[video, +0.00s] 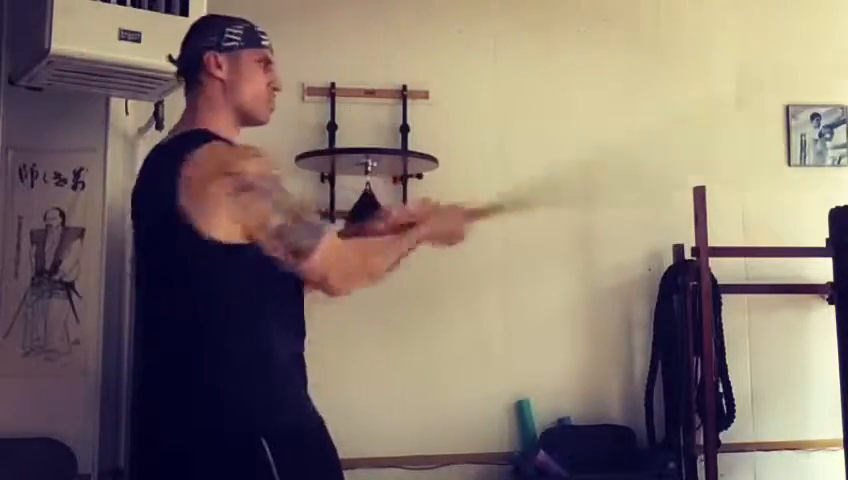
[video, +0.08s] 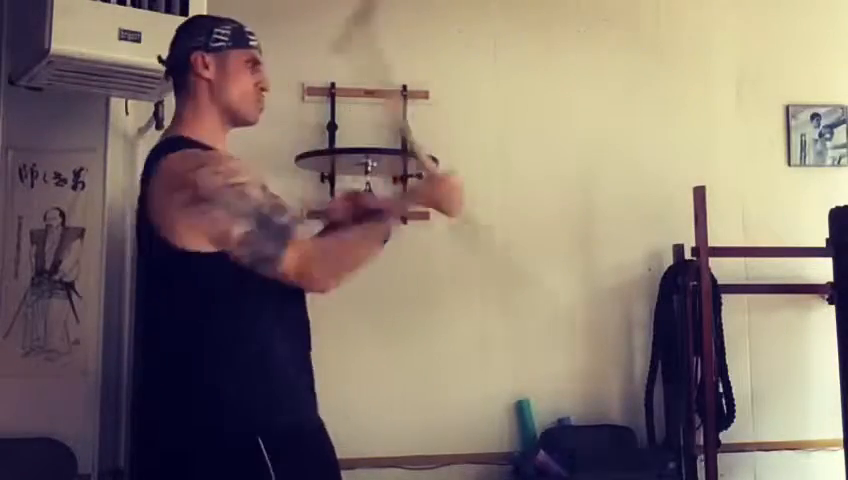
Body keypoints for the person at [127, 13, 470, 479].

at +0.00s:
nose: (276, 83)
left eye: (272, 67)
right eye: (264, 65)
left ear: (215, 67)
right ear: (216, 65)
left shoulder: (165, 164)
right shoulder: (227, 166)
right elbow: (336, 270)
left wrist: (359, 235)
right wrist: (417, 233)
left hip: (179, 424)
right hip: (253, 430)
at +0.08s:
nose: (264, 83)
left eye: (261, 68)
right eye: (251, 65)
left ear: (204, 69)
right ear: (204, 66)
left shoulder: (179, 165)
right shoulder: (198, 172)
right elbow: (314, 268)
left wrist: (327, 225)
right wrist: (398, 209)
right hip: (248, 437)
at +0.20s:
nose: (263, 88)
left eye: (260, 74)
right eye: (250, 71)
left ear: (205, 72)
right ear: (202, 70)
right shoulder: (170, 177)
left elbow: (329, 271)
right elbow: (281, 287)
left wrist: (332, 207)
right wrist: (340, 191)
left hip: (276, 428)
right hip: (204, 438)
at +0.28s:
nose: (266, 90)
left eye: (263, 76)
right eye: (254, 73)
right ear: (205, 72)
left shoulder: (254, 174)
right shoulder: (164, 178)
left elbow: (331, 275)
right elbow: (257, 301)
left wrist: (323, 207)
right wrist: (323, 206)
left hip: (285, 428)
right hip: (208, 436)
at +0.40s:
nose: (292, 100)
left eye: (290, 84)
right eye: (281, 81)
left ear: (239, 81)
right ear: (234, 78)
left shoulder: (291, 185)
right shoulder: (158, 179)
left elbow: (336, 287)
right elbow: (105, 305)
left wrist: (264, 279)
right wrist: (206, 323)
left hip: (282, 434)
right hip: (187, 439)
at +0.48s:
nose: (307, 102)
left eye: (306, 89)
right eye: (298, 85)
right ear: (252, 80)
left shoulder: (303, 188)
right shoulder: (161, 173)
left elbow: (336, 291)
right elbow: (54, 269)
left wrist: (253, 286)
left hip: (281, 426)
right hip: (183, 430)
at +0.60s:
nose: (324, 118)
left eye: (325, 105)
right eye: (318, 101)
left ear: (275, 92)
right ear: (274, 89)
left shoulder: (314, 197)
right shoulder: (182, 156)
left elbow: (335, 282)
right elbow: (56, 159)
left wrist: (250, 266)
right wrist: (183, 146)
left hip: (280, 426)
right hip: (182, 424)